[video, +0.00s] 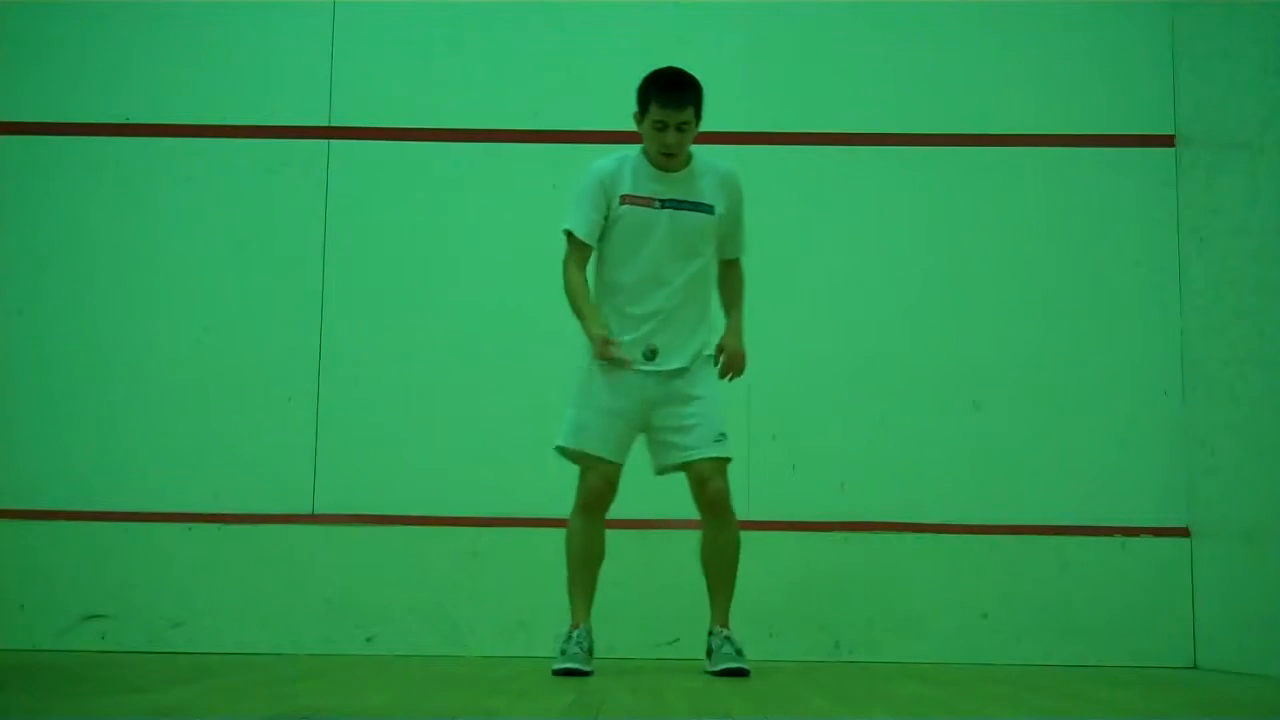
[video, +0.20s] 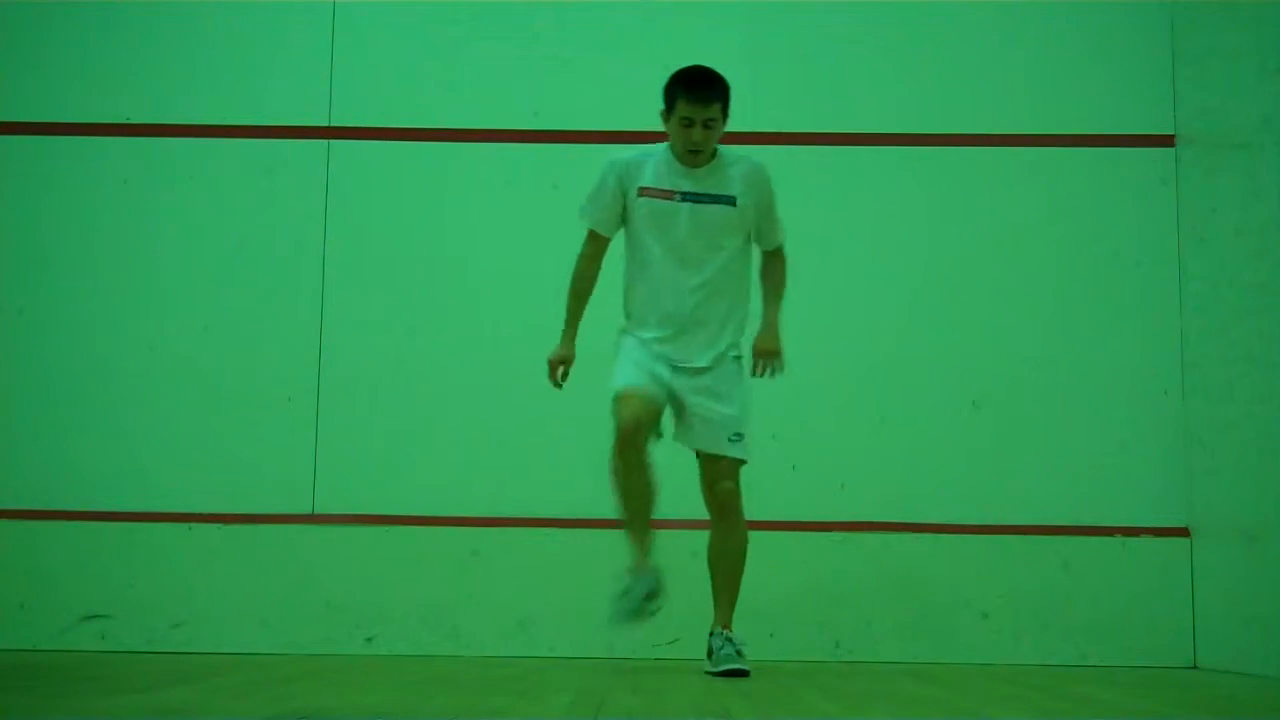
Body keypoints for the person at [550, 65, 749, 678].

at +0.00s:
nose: (670, 140)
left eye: (682, 128)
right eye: (659, 127)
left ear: (698, 125)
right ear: (639, 122)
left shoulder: (723, 185)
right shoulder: (608, 177)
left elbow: (731, 264)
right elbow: (573, 265)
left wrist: (734, 330)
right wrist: (594, 331)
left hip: (690, 372)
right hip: (616, 367)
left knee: (716, 495)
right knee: (594, 491)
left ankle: (721, 633)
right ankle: (578, 631)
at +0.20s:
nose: (698, 135)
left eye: (709, 124)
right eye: (687, 122)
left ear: (724, 123)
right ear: (666, 117)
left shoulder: (750, 178)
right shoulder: (629, 171)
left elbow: (773, 255)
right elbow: (591, 252)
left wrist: (770, 327)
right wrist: (568, 336)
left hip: (718, 353)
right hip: (646, 346)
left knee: (724, 491)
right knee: (629, 425)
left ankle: (723, 632)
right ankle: (642, 568)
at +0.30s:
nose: (706, 129)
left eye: (718, 118)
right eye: (695, 116)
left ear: (732, 119)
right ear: (673, 113)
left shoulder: (756, 179)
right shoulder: (633, 170)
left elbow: (778, 255)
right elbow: (600, 250)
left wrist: (776, 328)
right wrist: (582, 329)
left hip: (724, 350)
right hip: (654, 340)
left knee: (725, 488)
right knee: (662, 419)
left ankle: (724, 630)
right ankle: (683, 568)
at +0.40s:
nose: (708, 140)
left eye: (720, 129)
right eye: (698, 127)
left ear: (735, 128)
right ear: (677, 122)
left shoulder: (757, 200)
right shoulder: (638, 185)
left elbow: (772, 279)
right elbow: (605, 261)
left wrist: (774, 341)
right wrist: (593, 340)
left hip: (732, 362)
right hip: (661, 355)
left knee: (739, 488)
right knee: (686, 461)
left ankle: (725, 631)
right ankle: (703, 620)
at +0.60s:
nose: (709, 155)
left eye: (721, 144)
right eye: (699, 143)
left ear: (736, 145)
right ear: (680, 140)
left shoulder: (763, 226)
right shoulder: (641, 207)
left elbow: (787, 298)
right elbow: (602, 288)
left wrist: (805, 346)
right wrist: (589, 376)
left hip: (727, 373)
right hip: (657, 358)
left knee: (737, 497)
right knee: (686, 405)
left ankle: (722, 634)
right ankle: (710, 536)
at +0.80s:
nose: (694, 121)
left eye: (705, 111)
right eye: (683, 109)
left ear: (718, 115)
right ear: (660, 110)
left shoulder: (743, 194)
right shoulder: (622, 181)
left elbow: (777, 266)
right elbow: (591, 264)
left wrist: (793, 305)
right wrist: (590, 354)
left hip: (715, 349)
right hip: (648, 334)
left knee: (720, 496)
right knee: (629, 360)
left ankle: (721, 632)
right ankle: (672, 510)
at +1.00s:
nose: (665, 121)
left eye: (678, 110)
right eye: (656, 108)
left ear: (692, 116)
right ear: (635, 110)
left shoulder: (720, 198)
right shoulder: (594, 186)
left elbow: (742, 284)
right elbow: (564, 267)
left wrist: (753, 351)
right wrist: (554, 349)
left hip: (689, 372)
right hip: (613, 372)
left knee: (700, 495)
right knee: (599, 497)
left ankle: (716, 625)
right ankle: (636, 629)